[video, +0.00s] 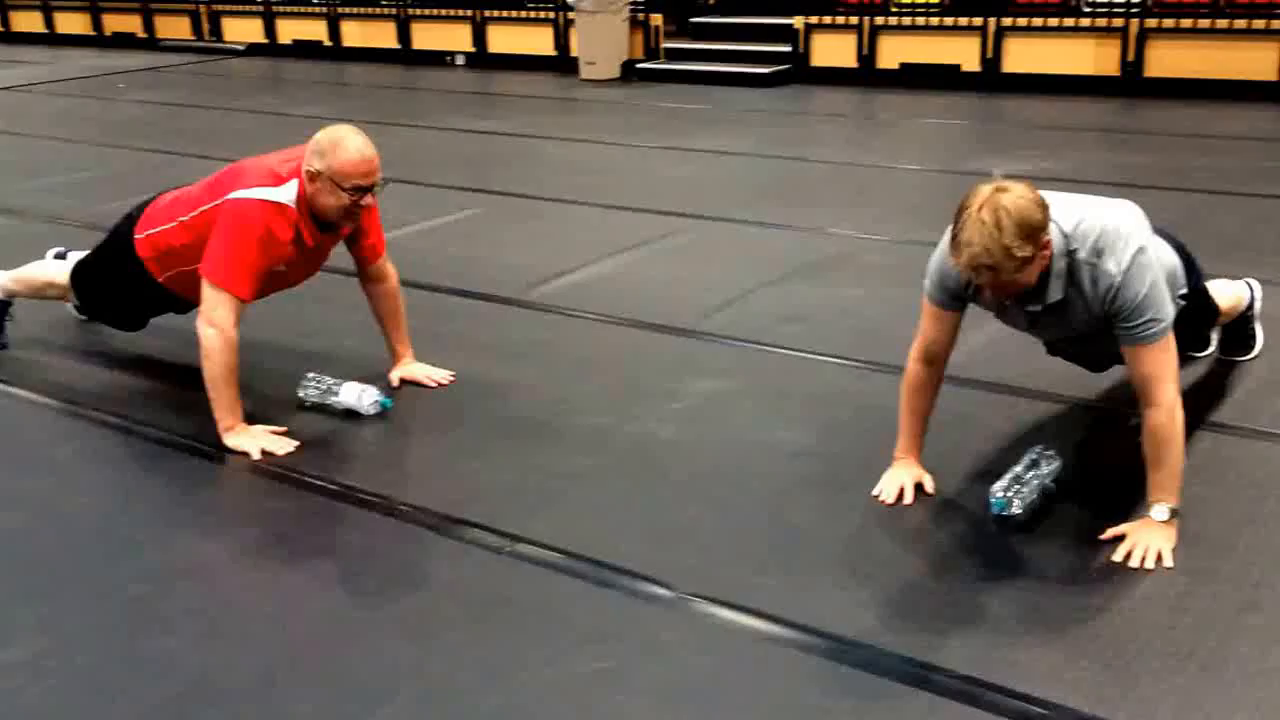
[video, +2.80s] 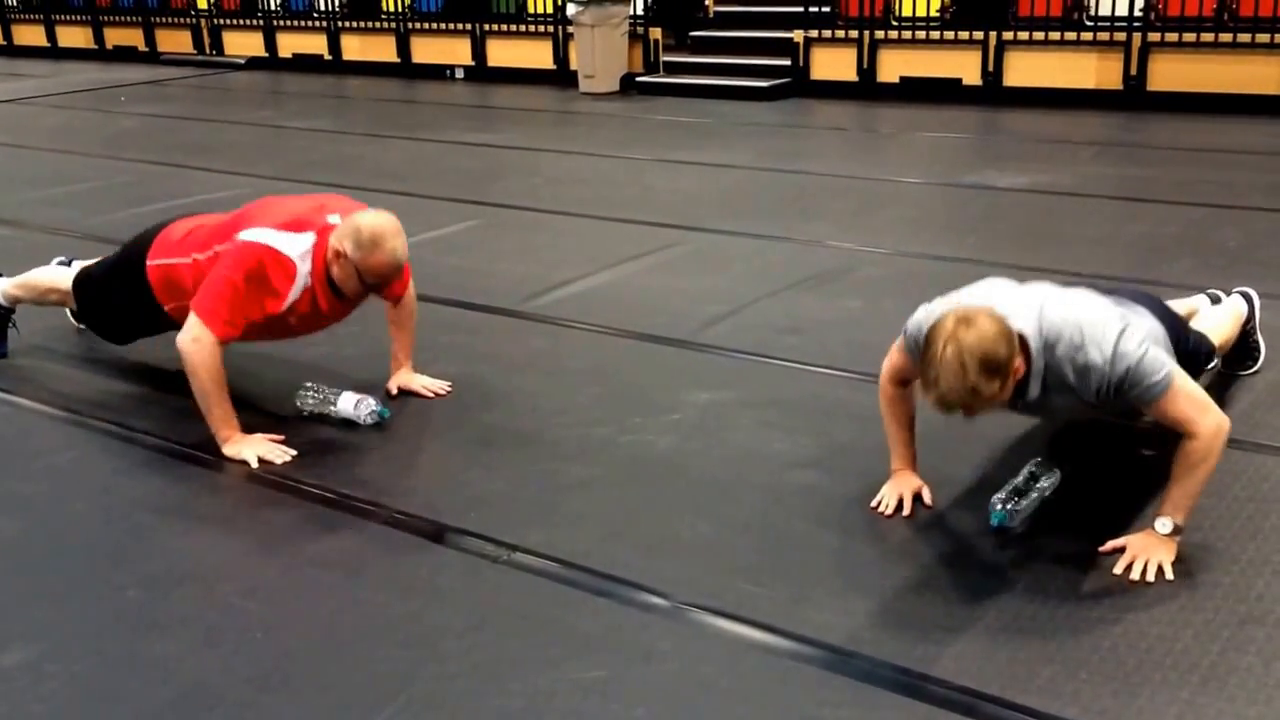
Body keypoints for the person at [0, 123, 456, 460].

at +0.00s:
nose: (365, 202)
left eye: (371, 190)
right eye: (353, 191)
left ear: (374, 180)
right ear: (312, 177)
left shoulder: (351, 197)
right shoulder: (257, 214)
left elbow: (378, 273)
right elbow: (216, 323)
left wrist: (404, 356)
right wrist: (233, 428)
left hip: (190, 265)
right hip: (143, 262)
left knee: (115, 289)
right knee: (74, 283)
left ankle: (71, 267)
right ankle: (4, 285)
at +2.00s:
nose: (359, 226)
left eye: (365, 215)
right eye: (349, 216)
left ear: (366, 203)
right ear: (311, 197)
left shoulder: (349, 207)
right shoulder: (251, 234)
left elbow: (382, 285)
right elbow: (212, 337)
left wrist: (404, 365)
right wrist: (235, 436)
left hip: (198, 275)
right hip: (144, 273)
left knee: (108, 295)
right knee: (75, 286)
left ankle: (71, 283)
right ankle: (5, 293)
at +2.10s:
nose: (366, 270)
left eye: (375, 258)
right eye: (357, 258)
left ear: (377, 235)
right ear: (324, 235)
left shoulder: (363, 232)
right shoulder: (260, 257)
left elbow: (395, 291)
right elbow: (195, 342)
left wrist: (405, 366)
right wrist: (234, 436)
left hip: (200, 258)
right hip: (152, 275)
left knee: (117, 281)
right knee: (76, 293)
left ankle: (76, 275)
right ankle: (6, 290)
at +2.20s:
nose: (372, 317)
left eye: (382, 307)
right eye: (364, 307)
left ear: (394, 286)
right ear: (335, 281)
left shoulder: (374, 257)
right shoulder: (263, 285)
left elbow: (404, 297)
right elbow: (184, 350)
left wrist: (406, 366)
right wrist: (233, 436)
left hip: (206, 261)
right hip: (155, 294)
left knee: (140, 270)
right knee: (73, 301)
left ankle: (78, 271)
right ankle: (7, 290)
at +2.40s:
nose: (385, 378)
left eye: (395, 374)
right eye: (377, 373)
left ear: (412, 316)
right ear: (353, 345)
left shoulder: (394, 291)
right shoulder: (276, 325)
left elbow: (398, 286)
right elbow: (176, 354)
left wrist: (400, 369)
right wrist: (232, 436)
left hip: (230, 283)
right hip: (171, 310)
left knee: (149, 283)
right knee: (80, 310)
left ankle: (78, 268)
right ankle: (11, 291)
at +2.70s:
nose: (384, 334)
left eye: (393, 323)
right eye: (378, 324)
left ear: (398, 295)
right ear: (347, 297)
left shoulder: (377, 267)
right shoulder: (269, 296)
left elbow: (407, 303)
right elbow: (182, 351)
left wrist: (404, 367)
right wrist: (231, 438)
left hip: (219, 255)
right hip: (160, 290)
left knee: (137, 269)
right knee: (79, 298)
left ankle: (76, 271)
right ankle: (7, 290)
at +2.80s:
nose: (374, 293)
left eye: (386, 284)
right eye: (367, 283)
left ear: (399, 248)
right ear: (338, 258)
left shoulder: (377, 241)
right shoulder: (263, 262)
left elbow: (403, 298)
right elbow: (196, 343)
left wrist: (403, 367)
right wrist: (232, 437)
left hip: (214, 251)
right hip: (159, 271)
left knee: (125, 282)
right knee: (81, 291)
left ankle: (77, 279)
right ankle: (10, 290)